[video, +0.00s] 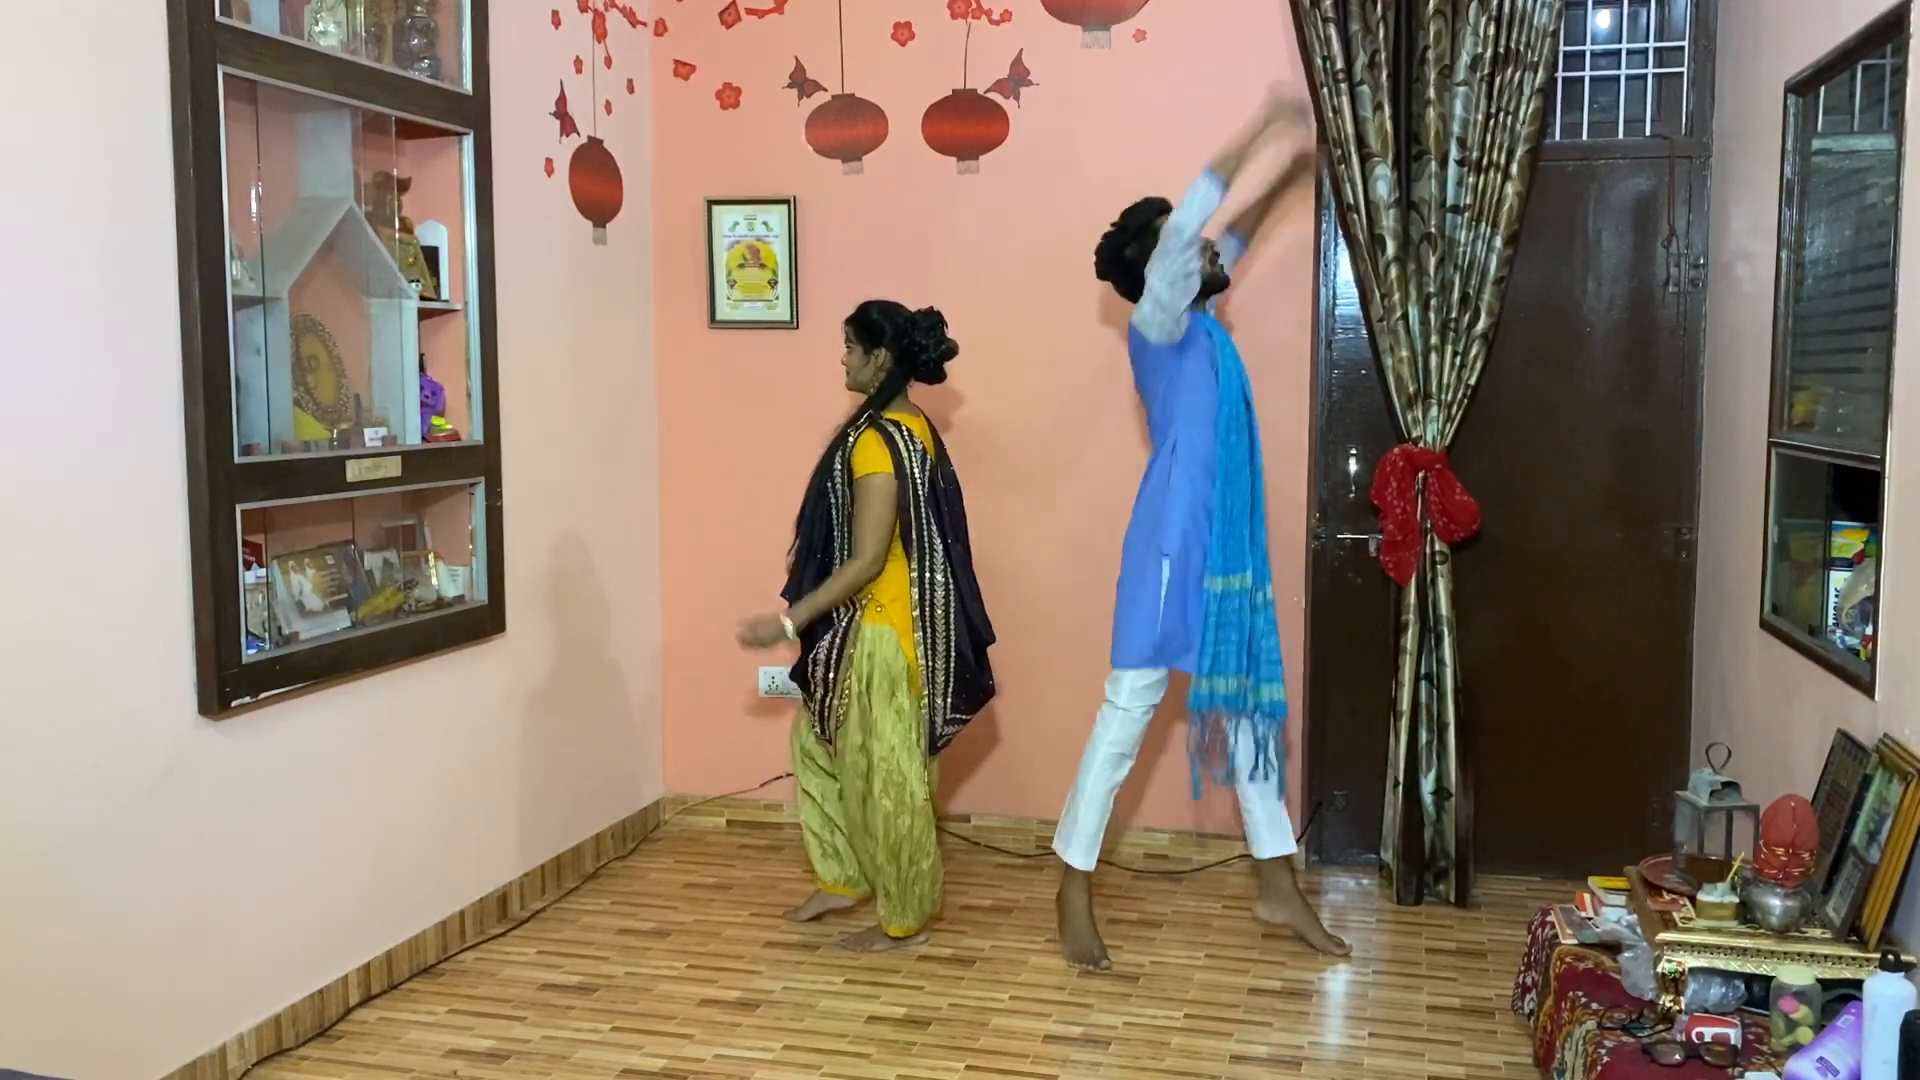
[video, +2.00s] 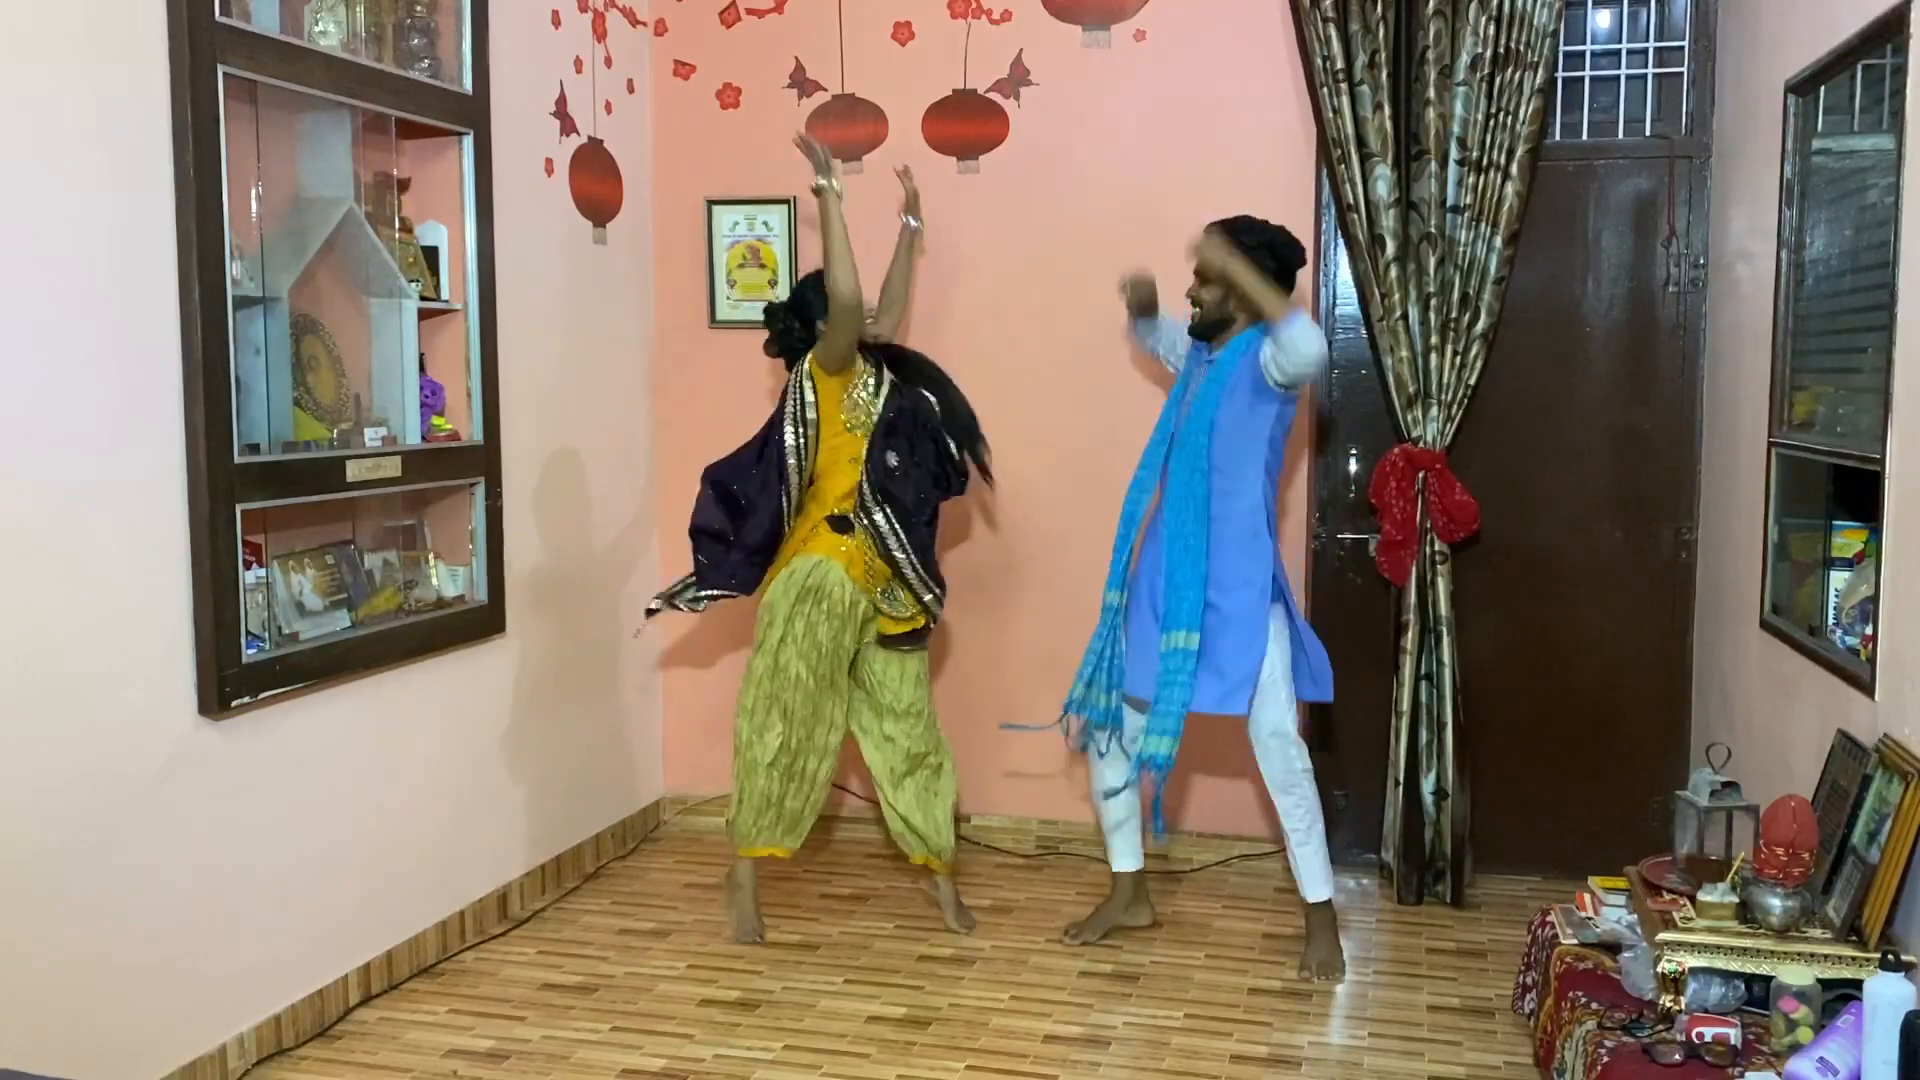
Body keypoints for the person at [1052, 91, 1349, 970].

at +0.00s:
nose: (1205, 255)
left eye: (1198, 246)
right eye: (1190, 248)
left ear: (1175, 270)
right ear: (1155, 269)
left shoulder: (1201, 321)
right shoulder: (1158, 326)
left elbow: (1234, 225)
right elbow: (1177, 230)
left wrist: (1288, 157)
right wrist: (1255, 129)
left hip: (1230, 540)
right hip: (1170, 539)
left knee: (1253, 700)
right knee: (1131, 707)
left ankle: (1278, 880)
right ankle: (1075, 885)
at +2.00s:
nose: (1197, 282)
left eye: (1209, 272)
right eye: (1198, 271)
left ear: (1250, 283)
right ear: (1212, 281)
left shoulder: (1270, 355)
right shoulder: (1198, 354)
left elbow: (1304, 347)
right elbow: (1158, 339)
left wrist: (1240, 269)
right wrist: (1143, 308)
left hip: (1243, 583)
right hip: (1164, 577)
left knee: (1277, 742)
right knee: (1107, 722)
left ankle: (1319, 914)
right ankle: (1128, 890)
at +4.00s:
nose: (1156, 302)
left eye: (1166, 288)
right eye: (1158, 288)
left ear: (1210, 295)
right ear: (1210, 297)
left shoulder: (1235, 371)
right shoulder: (1198, 381)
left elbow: (1128, 435)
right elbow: (1131, 472)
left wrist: (1061, 392)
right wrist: (1055, 431)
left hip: (1219, 598)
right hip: (1159, 597)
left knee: (1271, 757)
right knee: (1110, 734)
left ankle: (1337, 931)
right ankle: (1116, 905)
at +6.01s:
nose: (1190, 291)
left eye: (1206, 276)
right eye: (1177, 275)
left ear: (1233, 284)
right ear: (1161, 282)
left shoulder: (1262, 375)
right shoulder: (1130, 369)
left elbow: (1252, 483)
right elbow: (1096, 471)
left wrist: (1136, 486)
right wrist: (1200, 428)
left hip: (1226, 585)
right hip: (1141, 583)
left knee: (1250, 747)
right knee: (1108, 738)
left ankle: (1262, 917)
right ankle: (1111, 893)